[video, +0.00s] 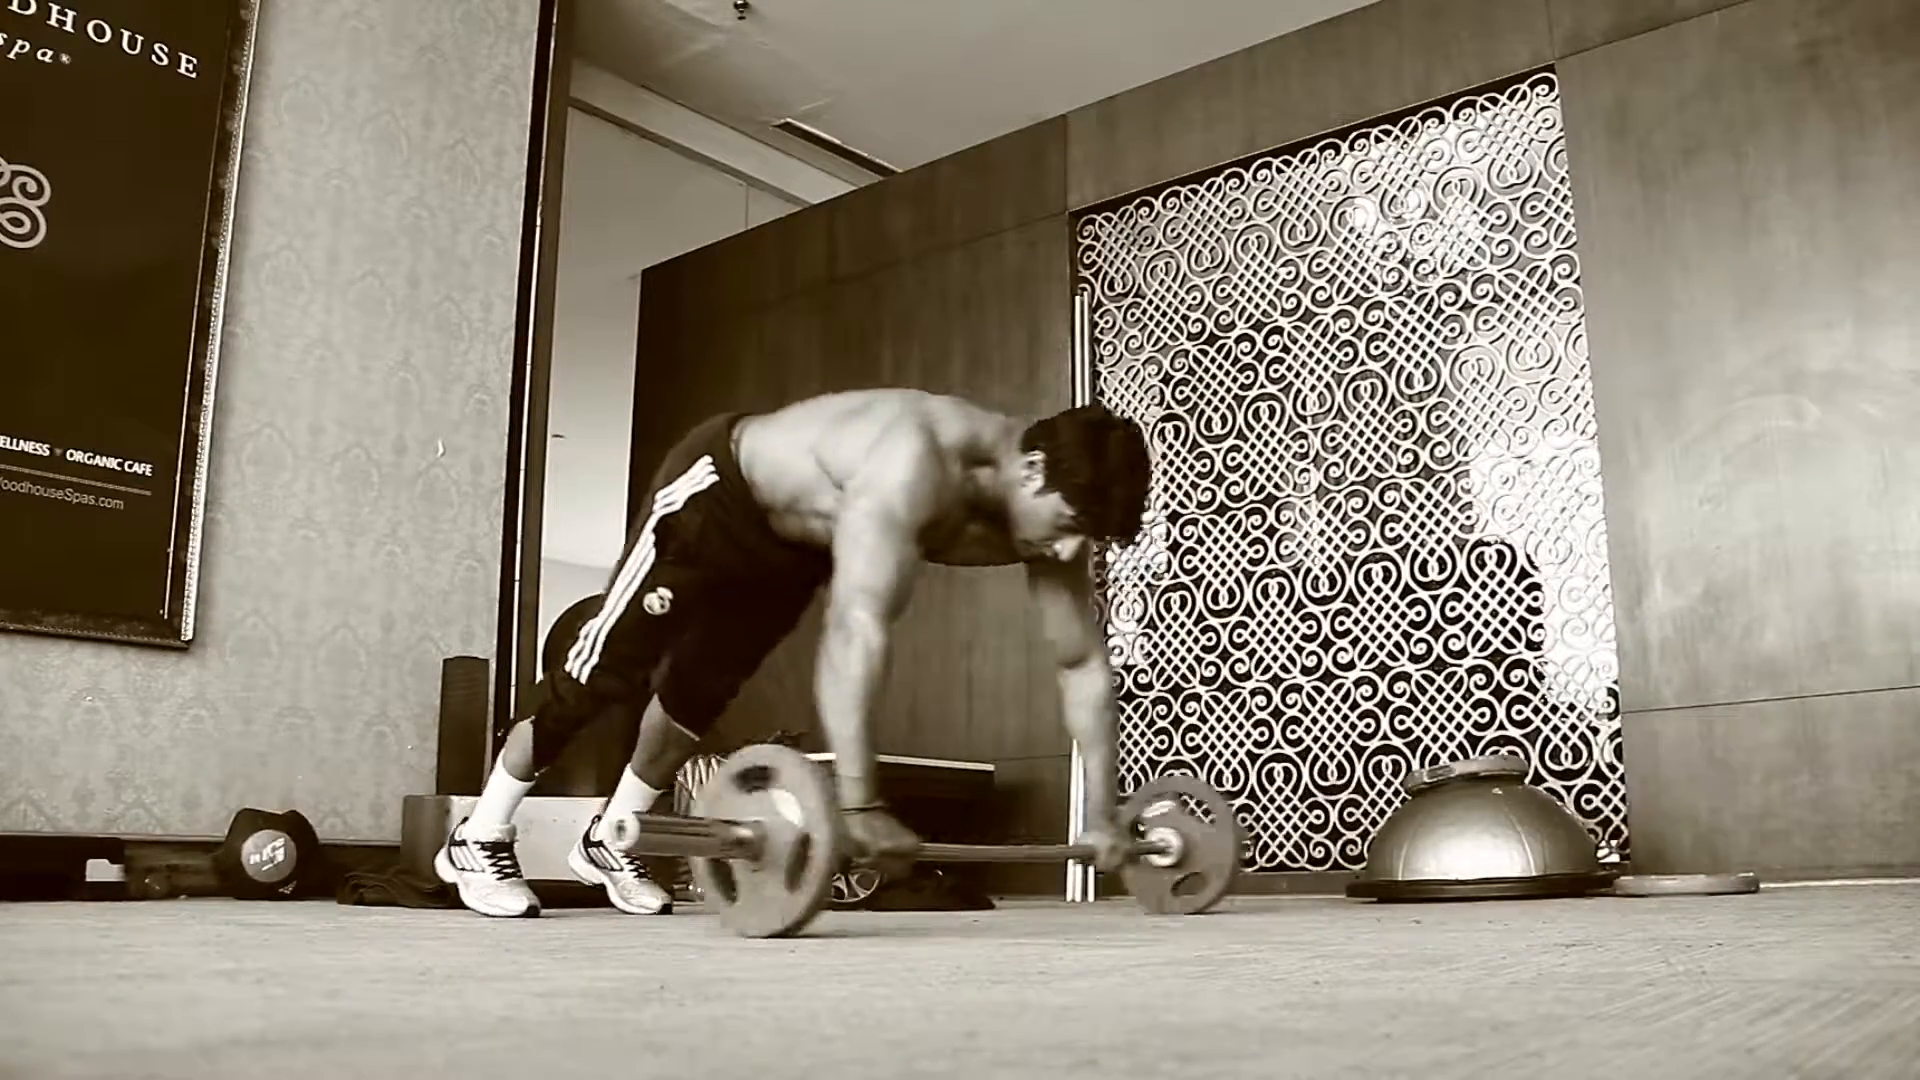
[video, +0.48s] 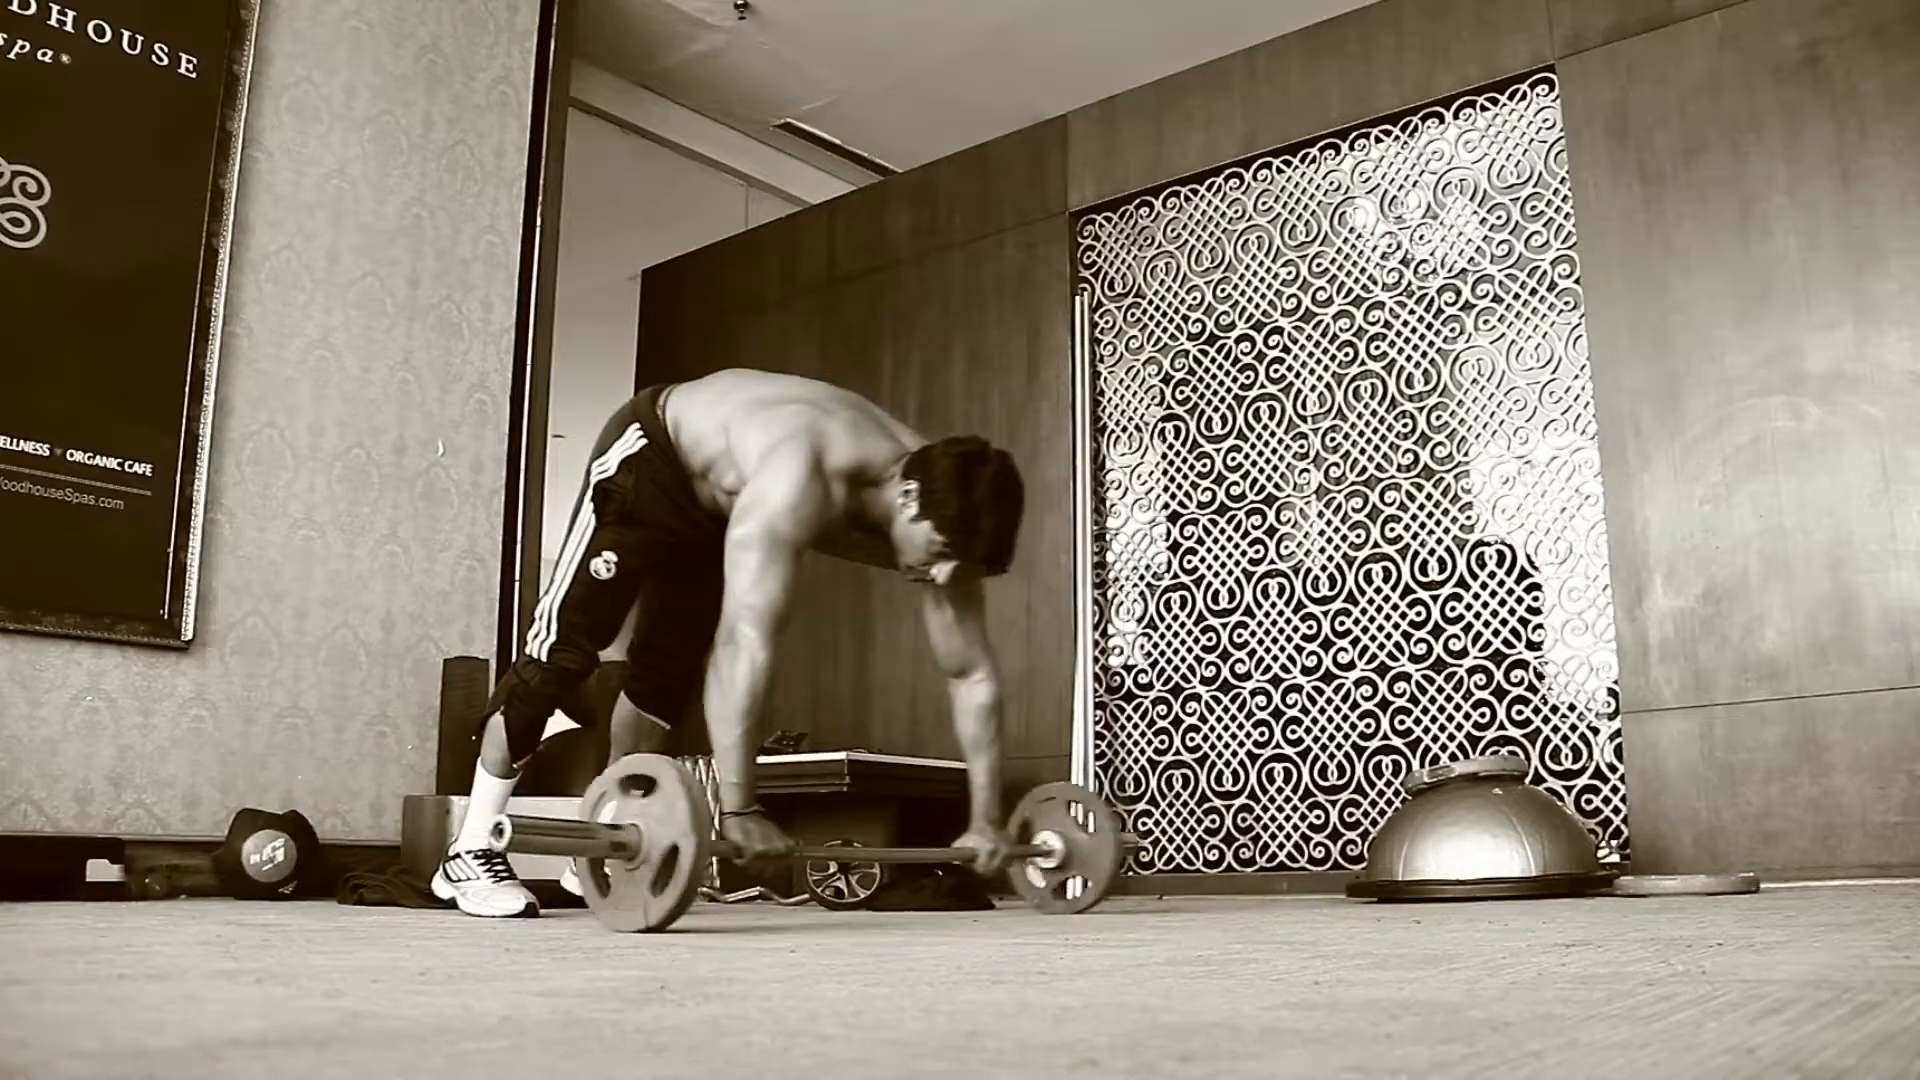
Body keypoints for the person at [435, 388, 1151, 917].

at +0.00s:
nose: (1070, 551)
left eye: (1088, 540)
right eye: (1071, 527)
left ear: (1052, 485)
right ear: (1033, 472)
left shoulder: (1041, 515)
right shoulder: (911, 463)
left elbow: (1083, 664)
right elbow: (854, 626)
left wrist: (1100, 812)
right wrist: (860, 801)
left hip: (802, 548)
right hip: (724, 490)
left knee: (697, 689)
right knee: (604, 667)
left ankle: (611, 835)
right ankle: (478, 836)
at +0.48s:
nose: (942, 574)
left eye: (958, 563)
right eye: (940, 551)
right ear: (908, 501)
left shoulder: (938, 507)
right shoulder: (796, 475)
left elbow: (972, 674)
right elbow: (744, 638)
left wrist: (986, 820)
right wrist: (738, 807)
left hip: (727, 507)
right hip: (648, 464)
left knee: (660, 686)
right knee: (559, 663)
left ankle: (613, 845)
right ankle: (473, 852)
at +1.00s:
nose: (888, 598)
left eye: (904, 591)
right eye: (889, 578)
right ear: (865, 525)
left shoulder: (881, 507)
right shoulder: (748, 495)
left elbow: (910, 686)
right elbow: (685, 650)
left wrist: (910, 825)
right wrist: (657, 810)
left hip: (699, 493)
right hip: (624, 444)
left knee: (639, 675)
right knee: (542, 658)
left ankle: (611, 861)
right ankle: (472, 854)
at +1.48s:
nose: (890, 594)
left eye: (907, 582)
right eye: (891, 572)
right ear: (860, 520)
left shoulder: (884, 510)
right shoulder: (748, 498)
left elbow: (930, 684)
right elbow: (697, 651)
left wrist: (942, 822)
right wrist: (686, 809)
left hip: (695, 504)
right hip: (619, 452)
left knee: (639, 684)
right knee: (543, 661)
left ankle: (600, 858)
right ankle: (468, 859)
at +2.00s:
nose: (1002, 551)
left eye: (1016, 538)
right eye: (999, 528)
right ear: (955, 482)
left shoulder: (970, 519)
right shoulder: (839, 481)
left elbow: (1031, 672)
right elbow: (808, 639)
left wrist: (1064, 817)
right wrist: (824, 804)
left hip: (753, 539)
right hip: (674, 483)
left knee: (668, 697)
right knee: (577, 680)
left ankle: (596, 861)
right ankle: (466, 862)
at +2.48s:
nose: (1134, 536)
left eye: (1152, 524)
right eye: (1132, 510)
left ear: (1138, 499)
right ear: (1087, 462)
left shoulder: (1110, 536)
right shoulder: (972, 472)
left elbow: (1184, 664)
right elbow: (961, 630)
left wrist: (1241, 803)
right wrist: (997, 791)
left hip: (834, 614)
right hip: (762, 555)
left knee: (712, 739)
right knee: (625, 716)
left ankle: (605, 850)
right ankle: (479, 847)